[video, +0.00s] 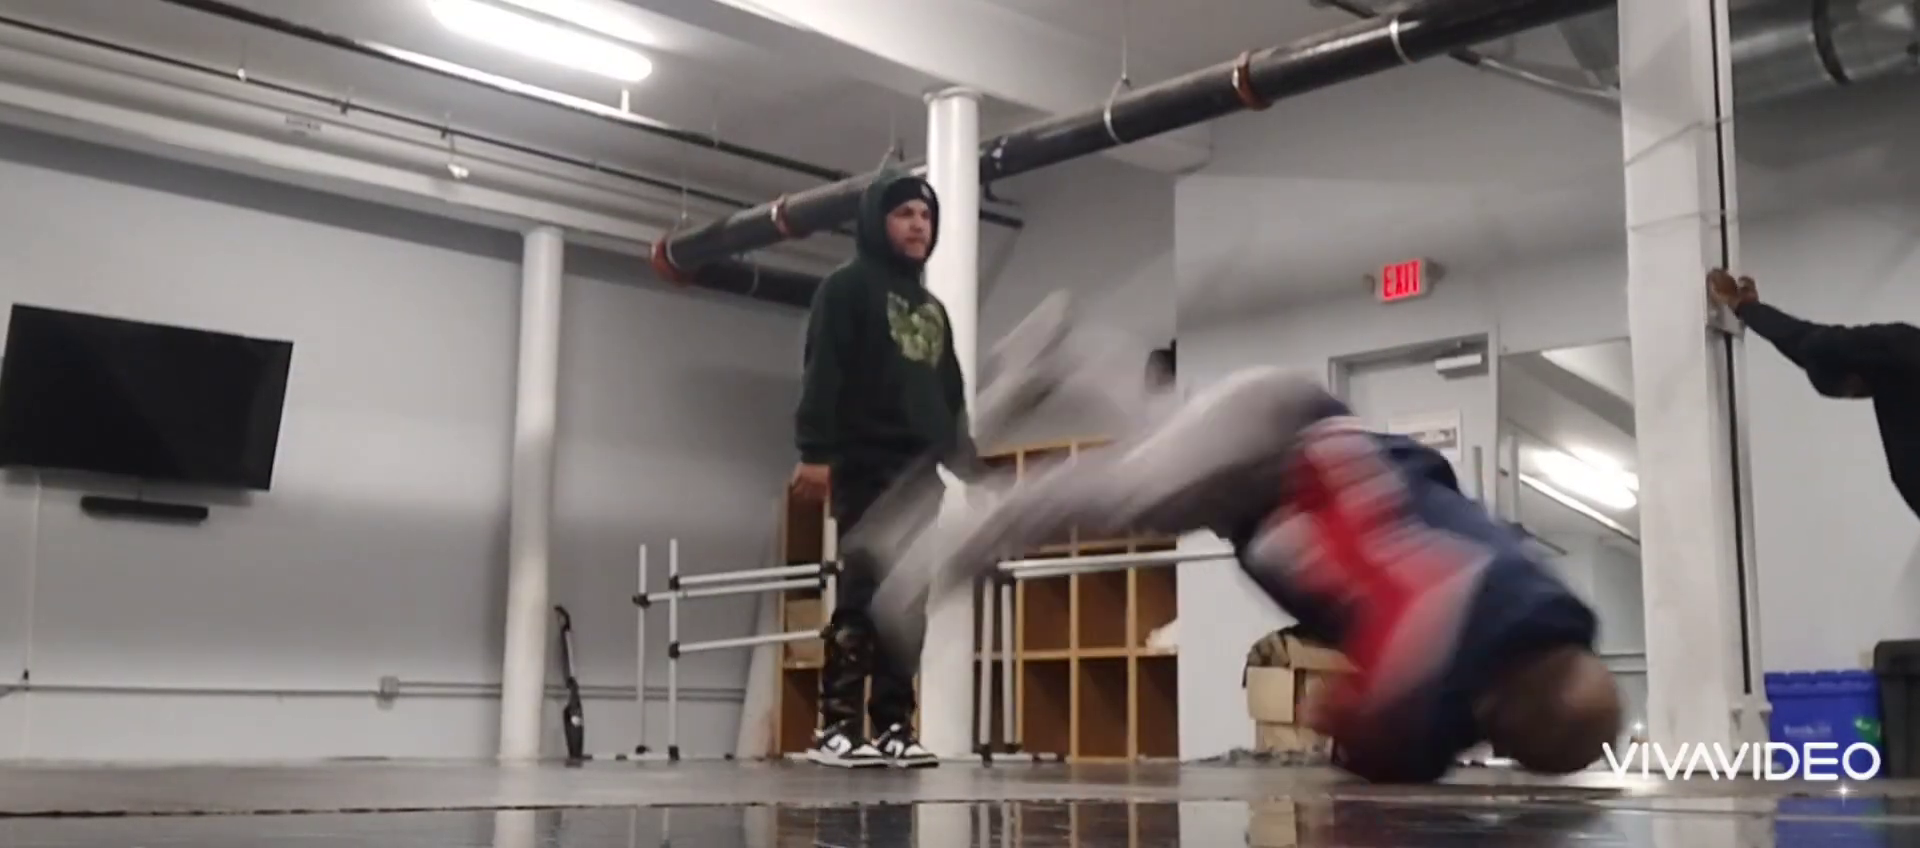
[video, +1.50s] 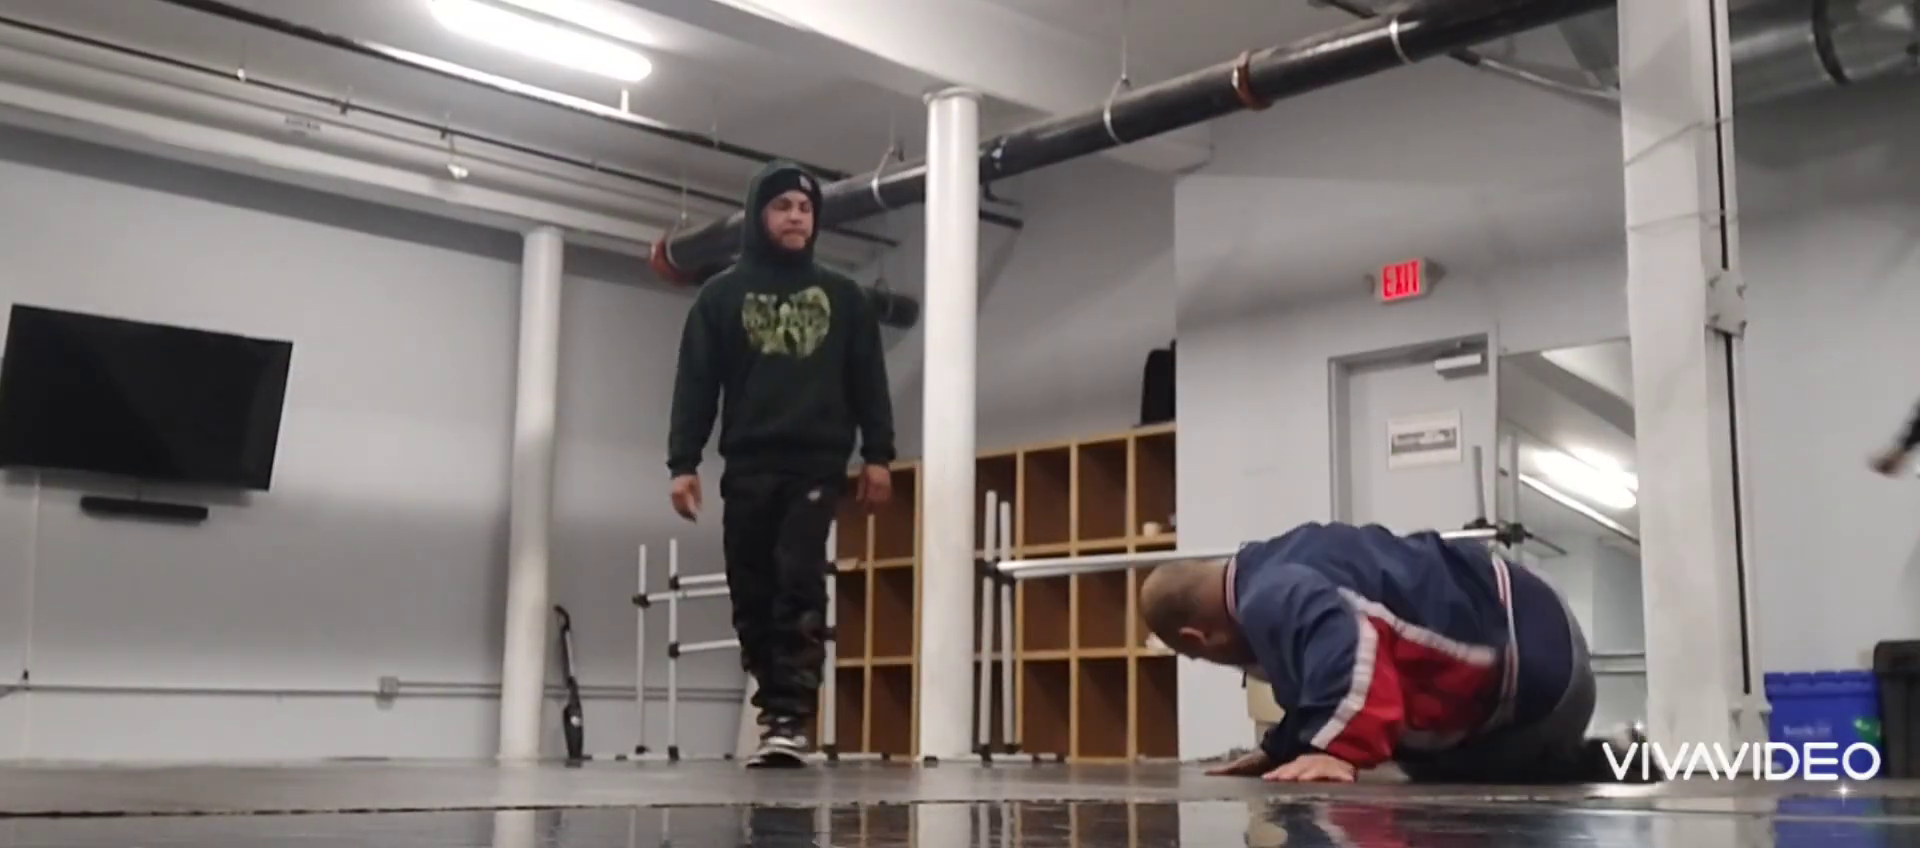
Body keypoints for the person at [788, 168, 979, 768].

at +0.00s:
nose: (918, 226)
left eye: (925, 217)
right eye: (905, 215)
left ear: (934, 228)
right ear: (876, 222)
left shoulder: (932, 309)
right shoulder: (847, 286)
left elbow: (951, 390)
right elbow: (823, 371)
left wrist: (961, 456)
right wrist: (815, 454)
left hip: (919, 465)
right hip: (862, 463)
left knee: (906, 594)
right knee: (859, 591)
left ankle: (894, 726)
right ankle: (838, 727)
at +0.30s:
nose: (920, 230)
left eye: (928, 221)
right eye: (907, 219)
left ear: (938, 232)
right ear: (882, 227)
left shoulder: (946, 314)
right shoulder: (845, 290)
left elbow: (970, 399)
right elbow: (819, 376)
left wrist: (990, 474)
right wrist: (818, 458)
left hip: (918, 475)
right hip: (854, 469)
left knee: (904, 604)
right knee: (843, 594)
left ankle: (892, 730)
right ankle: (820, 725)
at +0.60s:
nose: (894, 230)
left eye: (902, 220)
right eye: (882, 219)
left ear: (914, 231)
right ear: (857, 229)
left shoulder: (932, 311)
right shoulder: (822, 295)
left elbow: (950, 391)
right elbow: (800, 377)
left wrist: (955, 463)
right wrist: (801, 455)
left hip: (906, 473)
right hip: (838, 469)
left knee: (900, 610)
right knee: (814, 600)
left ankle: (892, 732)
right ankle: (792, 727)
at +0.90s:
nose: (846, 225)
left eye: (855, 215)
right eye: (832, 215)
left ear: (866, 226)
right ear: (809, 226)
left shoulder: (893, 305)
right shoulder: (774, 298)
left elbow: (917, 389)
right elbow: (758, 383)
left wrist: (934, 465)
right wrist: (772, 457)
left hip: (870, 472)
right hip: (798, 470)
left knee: (878, 604)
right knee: (788, 606)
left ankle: (889, 730)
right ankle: (786, 730)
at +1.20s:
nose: (814, 223)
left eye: (822, 213)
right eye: (801, 212)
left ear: (834, 223)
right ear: (776, 221)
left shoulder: (861, 301)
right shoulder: (738, 297)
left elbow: (879, 386)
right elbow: (706, 382)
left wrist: (881, 460)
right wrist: (690, 464)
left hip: (842, 471)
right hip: (769, 470)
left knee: (855, 597)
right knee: (770, 605)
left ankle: (859, 723)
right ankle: (782, 729)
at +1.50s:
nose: (797, 217)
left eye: (805, 208)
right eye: (784, 206)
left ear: (815, 219)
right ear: (758, 217)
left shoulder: (844, 294)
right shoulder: (721, 295)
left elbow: (869, 379)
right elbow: (696, 383)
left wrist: (878, 455)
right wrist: (684, 464)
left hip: (818, 463)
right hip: (749, 463)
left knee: (798, 581)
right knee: (752, 591)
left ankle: (793, 722)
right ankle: (775, 717)